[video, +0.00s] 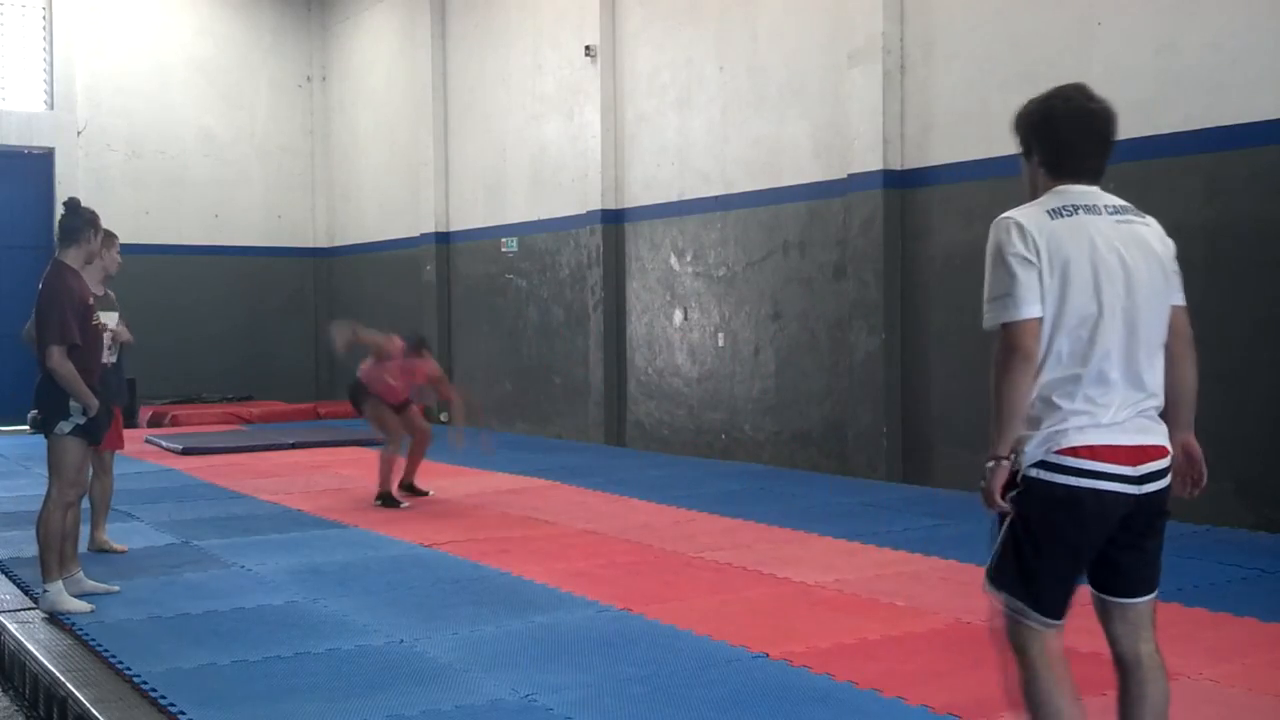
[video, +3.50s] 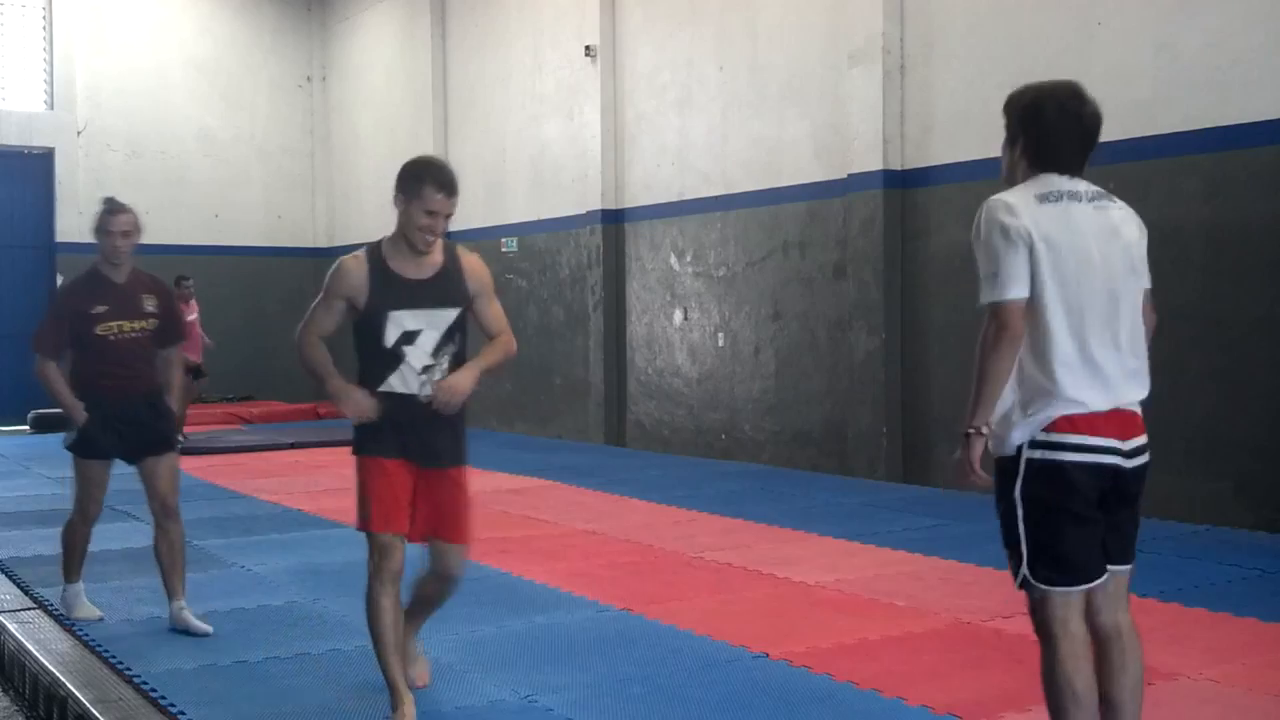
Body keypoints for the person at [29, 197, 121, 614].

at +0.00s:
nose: (101, 245)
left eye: (100, 237)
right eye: (100, 237)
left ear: (69, 235)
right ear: (90, 237)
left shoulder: (70, 279)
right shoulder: (61, 285)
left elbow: (69, 341)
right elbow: (55, 358)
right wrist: (91, 402)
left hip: (80, 398)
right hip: (66, 401)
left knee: (75, 489)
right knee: (61, 493)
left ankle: (71, 575)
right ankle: (51, 590)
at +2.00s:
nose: (84, 236)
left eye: (79, 230)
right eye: (83, 230)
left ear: (45, 235)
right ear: (78, 234)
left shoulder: (41, 277)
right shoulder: (60, 284)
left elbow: (40, 349)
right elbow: (59, 355)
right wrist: (89, 400)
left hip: (48, 393)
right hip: (64, 397)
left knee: (47, 491)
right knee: (61, 495)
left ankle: (43, 579)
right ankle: (51, 589)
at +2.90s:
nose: (87, 239)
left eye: (90, 232)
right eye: (77, 232)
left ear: (90, 236)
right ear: (55, 235)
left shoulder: (85, 282)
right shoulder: (43, 288)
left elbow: (96, 347)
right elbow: (28, 361)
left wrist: (114, 397)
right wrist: (79, 405)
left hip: (94, 398)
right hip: (61, 405)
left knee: (111, 485)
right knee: (77, 492)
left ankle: (58, 561)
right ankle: (67, 593)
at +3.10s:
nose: (80, 237)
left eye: (86, 230)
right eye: (71, 230)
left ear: (93, 232)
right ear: (55, 233)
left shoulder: (104, 280)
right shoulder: (41, 289)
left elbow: (118, 341)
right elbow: (19, 358)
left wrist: (129, 393)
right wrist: (65, 407)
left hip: (112, 402)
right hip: (67, 408)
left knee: (139, 488)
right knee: (69, 502)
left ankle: (113, 575)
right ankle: (67, 595)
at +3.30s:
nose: (92, 240)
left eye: (99, 232)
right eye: (84, 232)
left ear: (109, 234)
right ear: (69, 235)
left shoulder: (128, 285)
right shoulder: (51, 292)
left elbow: (141, 345)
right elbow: (24, 360)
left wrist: (146, 395)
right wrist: (63, 408)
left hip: (127, 404)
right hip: (77, 409)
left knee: (152, 500)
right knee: (74, 507)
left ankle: (169, 593)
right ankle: (68, 595)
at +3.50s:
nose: (119, 241)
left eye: (127, 234)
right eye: (110, 234)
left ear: (137, 238)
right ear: (97, 237)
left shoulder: (157, 291)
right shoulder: (74, 294)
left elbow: (173, 356)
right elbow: (46, 364)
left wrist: (172, 412)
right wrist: (78, 413)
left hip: (151, 412)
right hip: (95, 414)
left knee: (167, 508)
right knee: (86, 512)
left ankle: (178, 606)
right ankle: (72, 591)